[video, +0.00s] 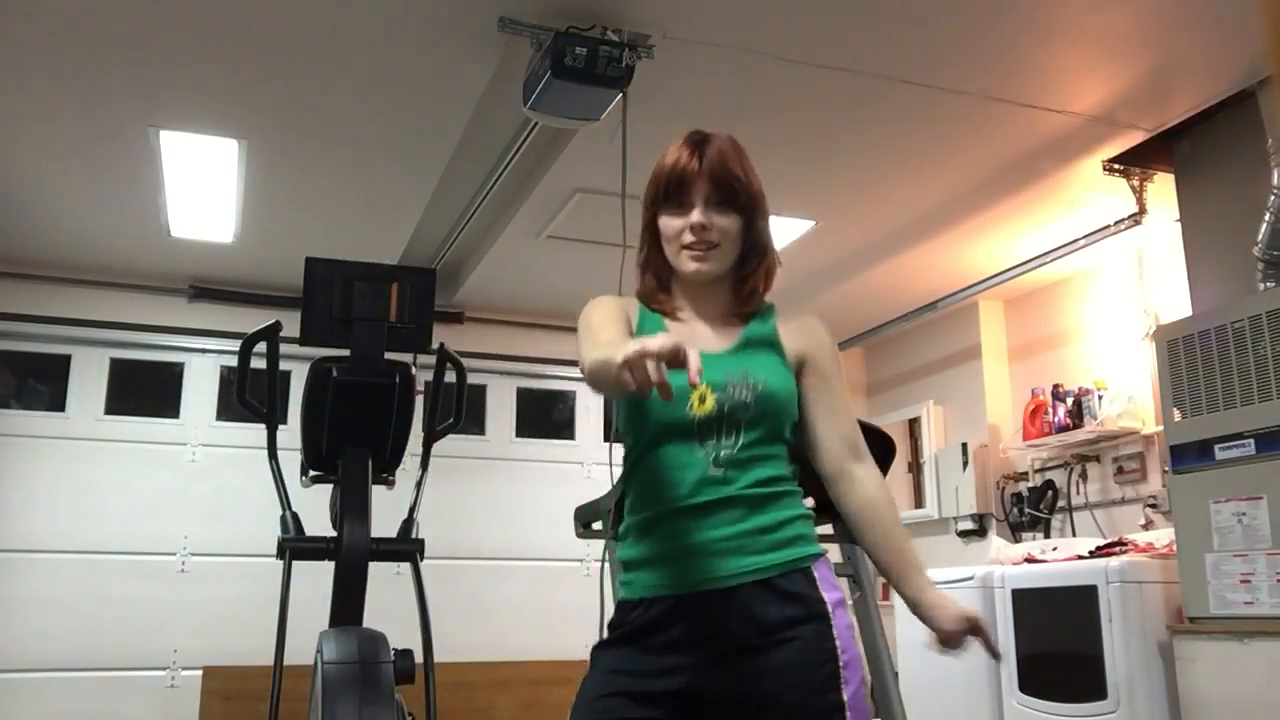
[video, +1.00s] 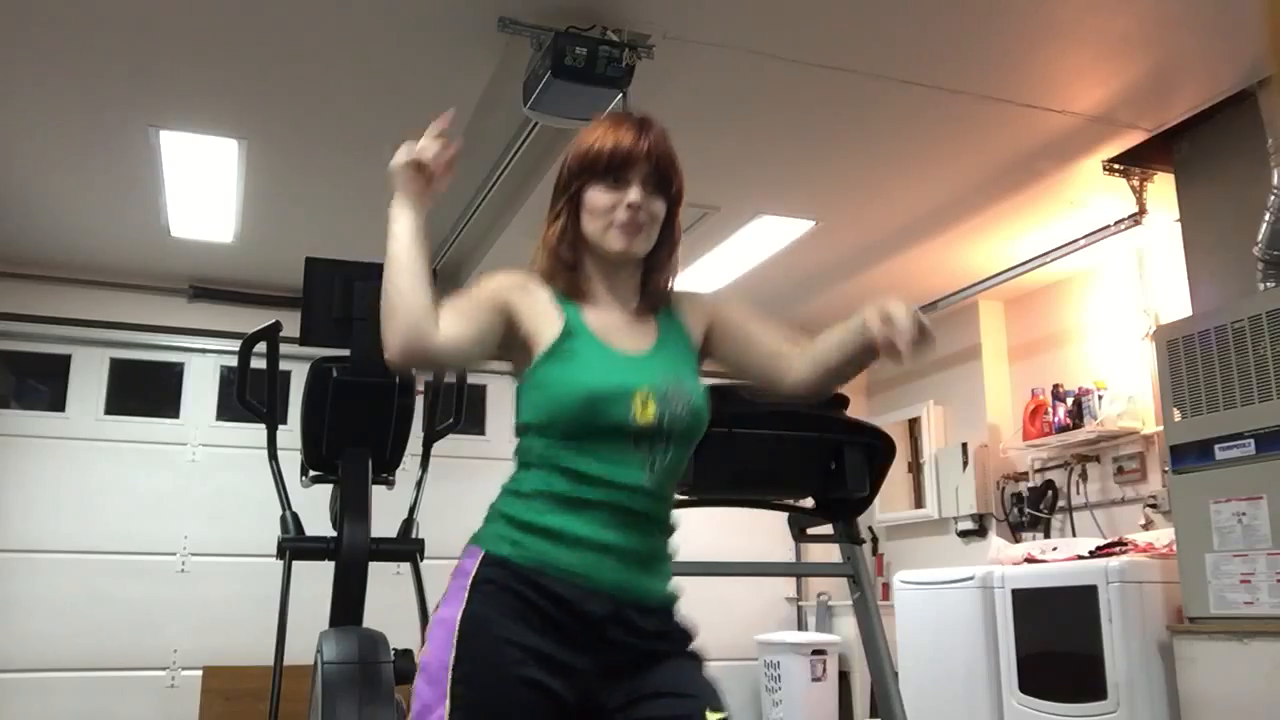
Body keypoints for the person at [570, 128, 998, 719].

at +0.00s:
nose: (697, 221)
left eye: (720, 204)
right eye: (676, 204)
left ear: (750, 221)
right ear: (654, 221)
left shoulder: (798, 334)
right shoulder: (615, 315)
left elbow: (849, 470)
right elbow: (600, 362)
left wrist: (928, 599)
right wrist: (629, 361)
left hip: (786, 614)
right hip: (655, 623)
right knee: (597, 711)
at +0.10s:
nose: (710, 229)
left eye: (732, 212)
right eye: (690, 212)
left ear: (762, 233)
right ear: (668, 229)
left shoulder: (796, 357)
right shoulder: (620, 313)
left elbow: (841, 484)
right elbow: (586, 368)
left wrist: (967, 561)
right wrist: (614, 372)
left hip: (777, 630)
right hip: (646, 641)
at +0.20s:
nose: (706, 194)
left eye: (729, 179)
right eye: (686, 177)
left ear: (757, 202)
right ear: (662, 194)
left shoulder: (782, 324)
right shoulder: (618, 280)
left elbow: (834, 432)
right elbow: (559, 382)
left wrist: (942, 433)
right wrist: (557, 322)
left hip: (756, 595)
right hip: (630, 598)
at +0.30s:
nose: (690, 171)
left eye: (712, 155)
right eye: (670, 152)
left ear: (738, 176)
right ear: (642, 168)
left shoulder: (762, 294)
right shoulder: (596, 251)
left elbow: (828, 383)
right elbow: (537, 366)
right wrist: (502, 260)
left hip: (728, 570)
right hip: (610, 563)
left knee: (770, 712)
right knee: (588, 714)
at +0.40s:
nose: (670, 183)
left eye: (690, 167)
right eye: (649, 165)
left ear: (714, 188)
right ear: (617, 182)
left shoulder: (730, 303)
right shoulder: (578, 265)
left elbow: (802, 376)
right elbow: (504, 374)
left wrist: (863, 257)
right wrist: (464, 240)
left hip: (688, 590)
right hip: (580, 581)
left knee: (742, 711)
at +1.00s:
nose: (633, 199)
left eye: (652, 186)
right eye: (612, 182)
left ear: (670, 209)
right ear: (574, 202)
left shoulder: (694, 316)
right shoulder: (522, 299)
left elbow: (798, 370)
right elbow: (409, 342)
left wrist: (865, 328)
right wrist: (407, 203)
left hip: (639, 623)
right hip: (514, 605)